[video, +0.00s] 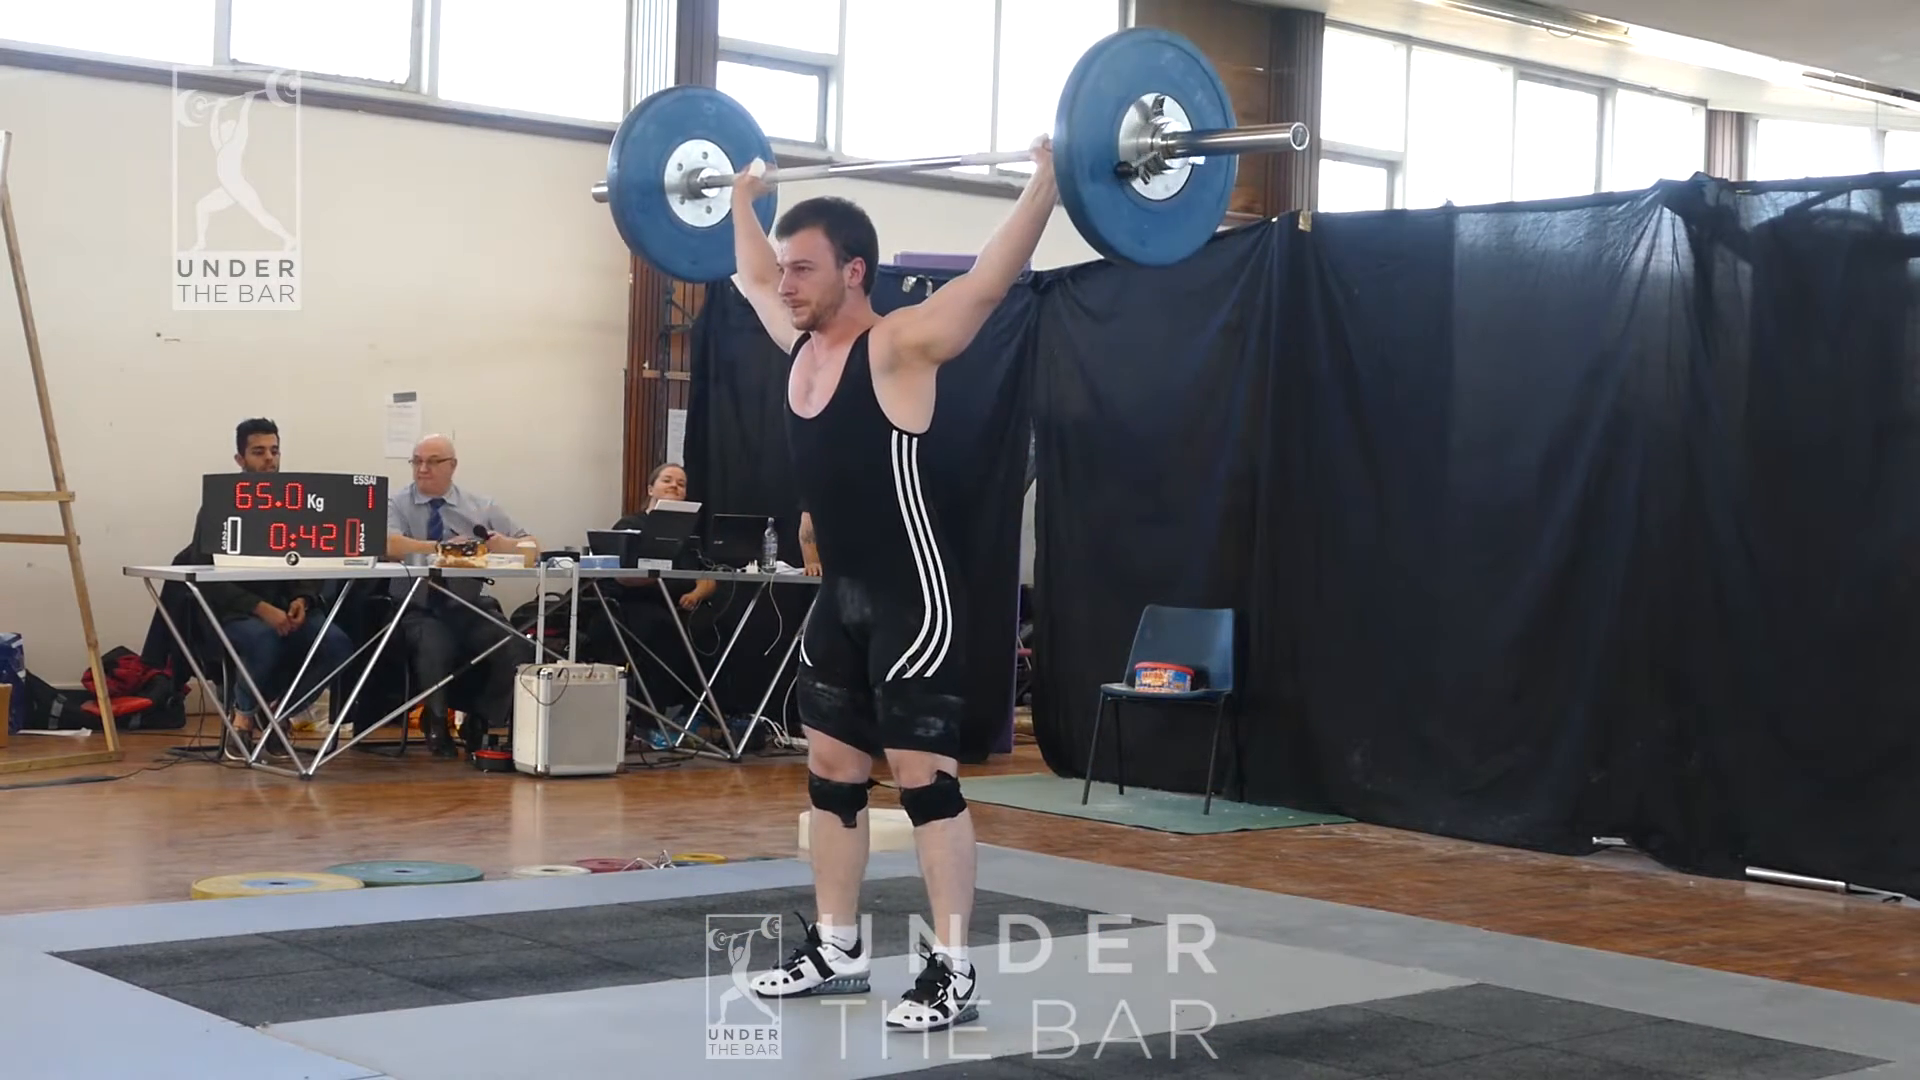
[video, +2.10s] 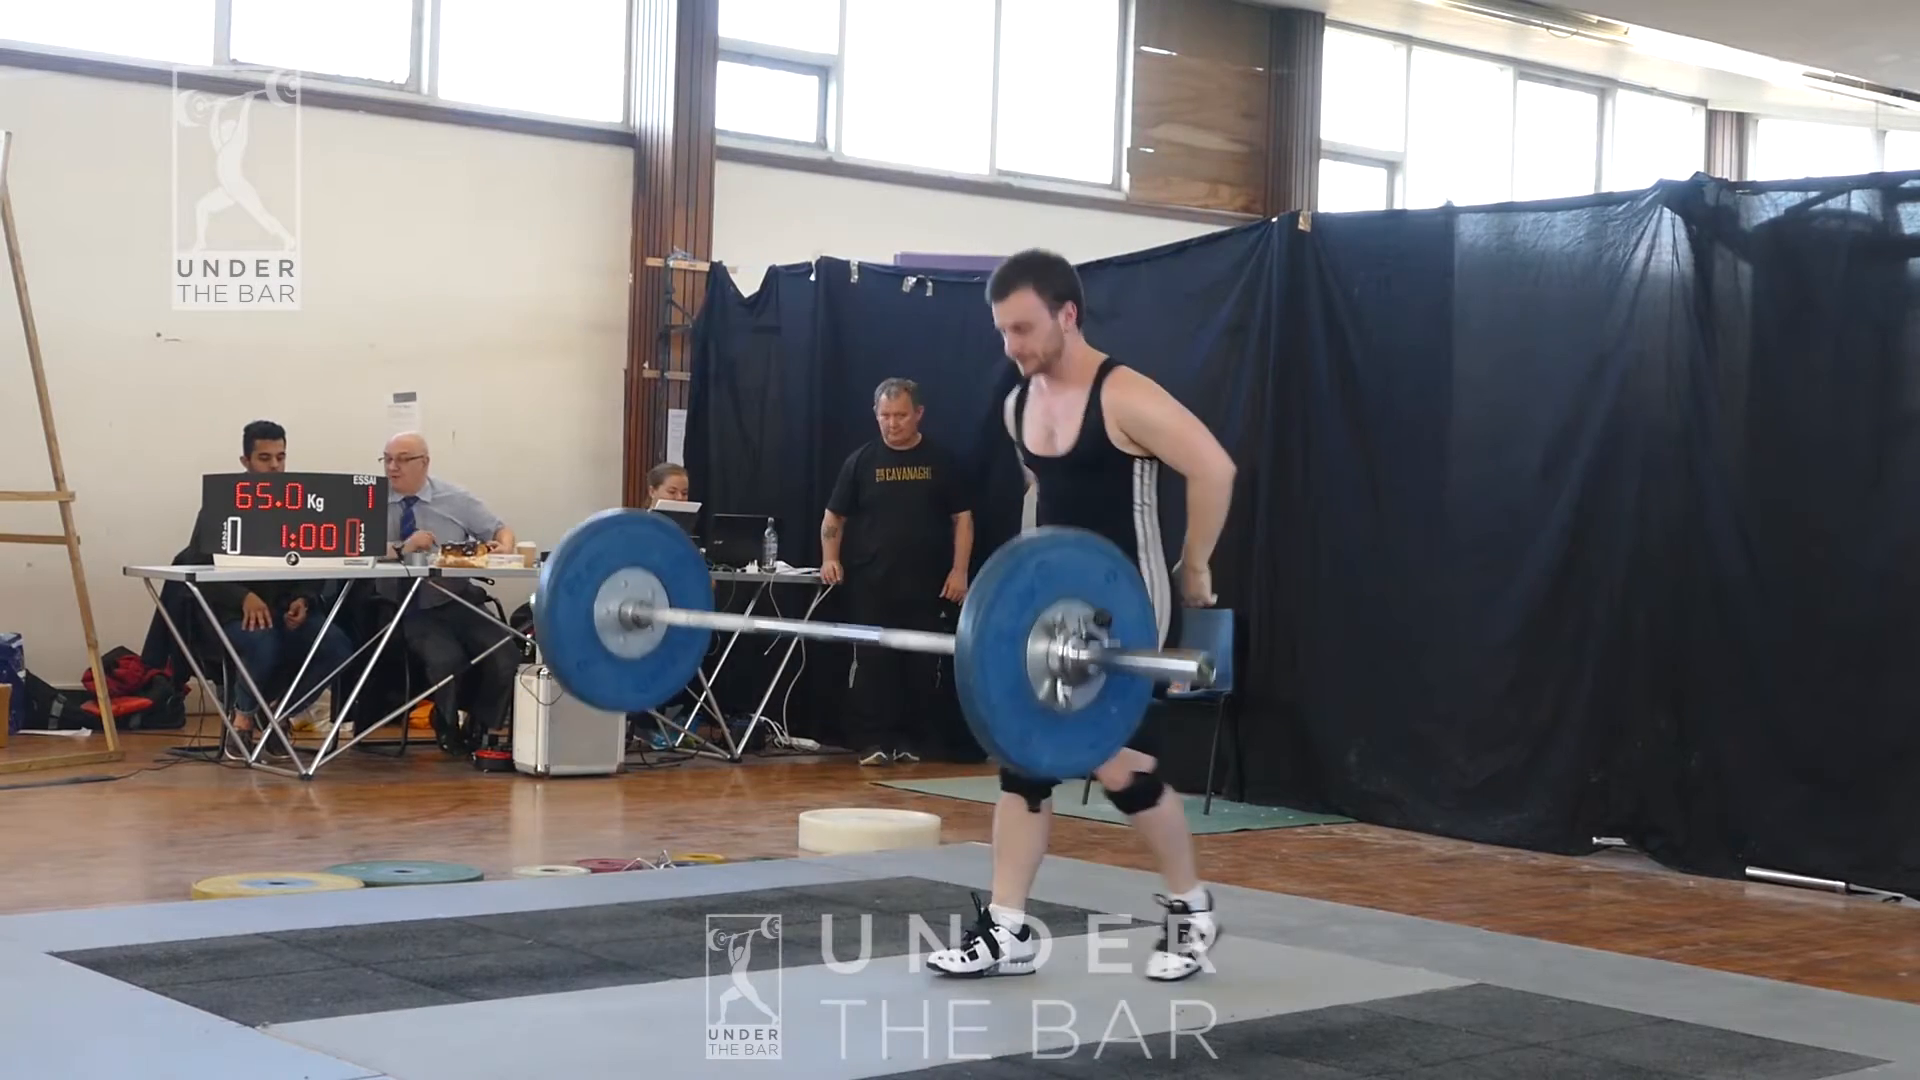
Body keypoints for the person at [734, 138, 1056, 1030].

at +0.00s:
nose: (788, 284)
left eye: (803, 268)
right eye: (784, 272)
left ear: (854, 270)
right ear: (788, 275)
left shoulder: (903, 341)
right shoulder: (805, 347)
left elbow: (985, 280)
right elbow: (756, 279)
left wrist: (1041, 188)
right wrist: (744, 199)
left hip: (916, 597)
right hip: (840, 597)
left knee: (921, 772)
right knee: (833, 766)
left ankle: (949, 968)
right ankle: (838, 951)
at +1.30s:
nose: (913, 282)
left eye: (930, 269)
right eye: (909, 270)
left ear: (980, 275)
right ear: (911, 277)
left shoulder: (1001, 351)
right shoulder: (902, 345)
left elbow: (1029, 323)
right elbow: (799, 305)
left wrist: (1031, 243)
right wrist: (706, 233)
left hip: (985, 601)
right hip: (910, 594)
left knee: (953, 767)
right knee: (863, 756)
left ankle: (952, 969)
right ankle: (838, 947)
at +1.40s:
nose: (945, 284)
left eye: (963, 270)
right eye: (940, 271)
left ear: (1008, 281)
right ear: (935, 282)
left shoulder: (1022, 363)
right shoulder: (922, 368)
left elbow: (1066, 352)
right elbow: (811, 377)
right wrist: (701, 344)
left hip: (998, 609)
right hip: (923, 600)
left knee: (965, 767)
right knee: (867, 752)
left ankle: (954, 968)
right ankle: (882, 933)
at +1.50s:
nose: (959, 289)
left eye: (977, 276)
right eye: (957, 276)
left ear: (1024, 289)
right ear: (959, 287)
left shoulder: (1046, 386)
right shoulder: (934, 385)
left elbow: (1088, 498)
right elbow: (846, 448)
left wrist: (1060, 557)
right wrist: (734, 482)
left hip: (1008, 601)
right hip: (937, 593)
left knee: (966, 768)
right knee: (880, 763)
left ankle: (955, 972)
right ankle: (947, 906)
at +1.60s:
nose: (968, 298)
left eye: (986, 285)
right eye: (965, 286)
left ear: (1033, 299)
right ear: (967, 297)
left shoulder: (1058, 402)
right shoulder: (952, 396)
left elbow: (1094, 517)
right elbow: (906, 508)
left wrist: (1084, 624)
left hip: (1013, 633)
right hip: (937, 624)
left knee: (975, 789)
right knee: (913, 784)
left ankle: (957, 962)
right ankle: (1004, 909)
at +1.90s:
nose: (991, 301)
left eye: (1006, 287)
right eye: (986, 288)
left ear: (1053, 290)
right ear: (987, 294)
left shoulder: (1092, 380)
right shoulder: (981, 389)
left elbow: (1160, 473)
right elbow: (971, 494)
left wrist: (1146, 584)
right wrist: (957, 590)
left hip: (1071, 614)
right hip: (994, 612)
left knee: (1056, 766)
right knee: (984, 762)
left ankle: (1061, 938)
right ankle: (1002, 930)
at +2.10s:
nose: (1011, 346)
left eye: (1022, 329)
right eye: (1003, 331)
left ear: (1067, 316)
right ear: (1001, 327)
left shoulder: (1122, 393)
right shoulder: (1021, 400)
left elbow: (1215, 470)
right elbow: (1040, 497)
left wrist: (1195, 565)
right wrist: (1023, 585)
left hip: (1122, 607)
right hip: (1043, 601)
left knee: (1121, 767)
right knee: (1022, 761)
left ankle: (1190, 909)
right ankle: (1005, 926)